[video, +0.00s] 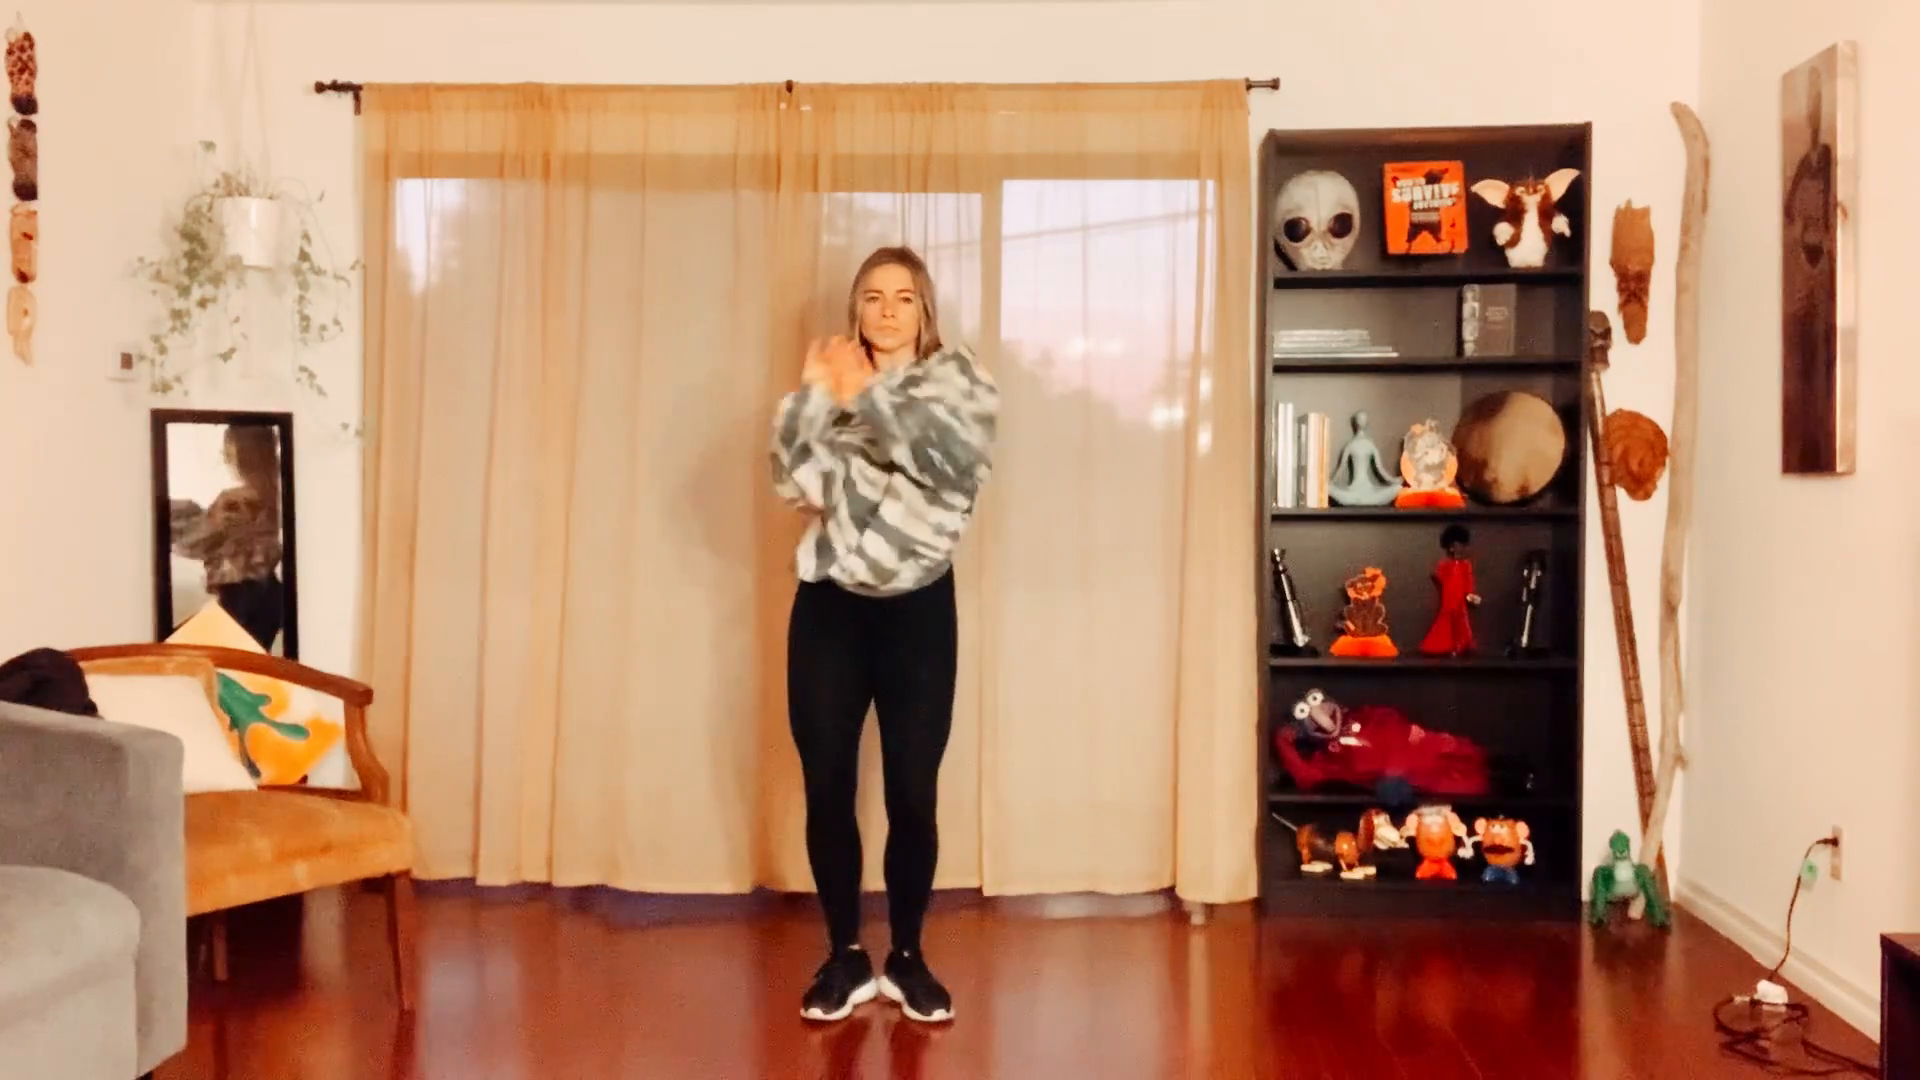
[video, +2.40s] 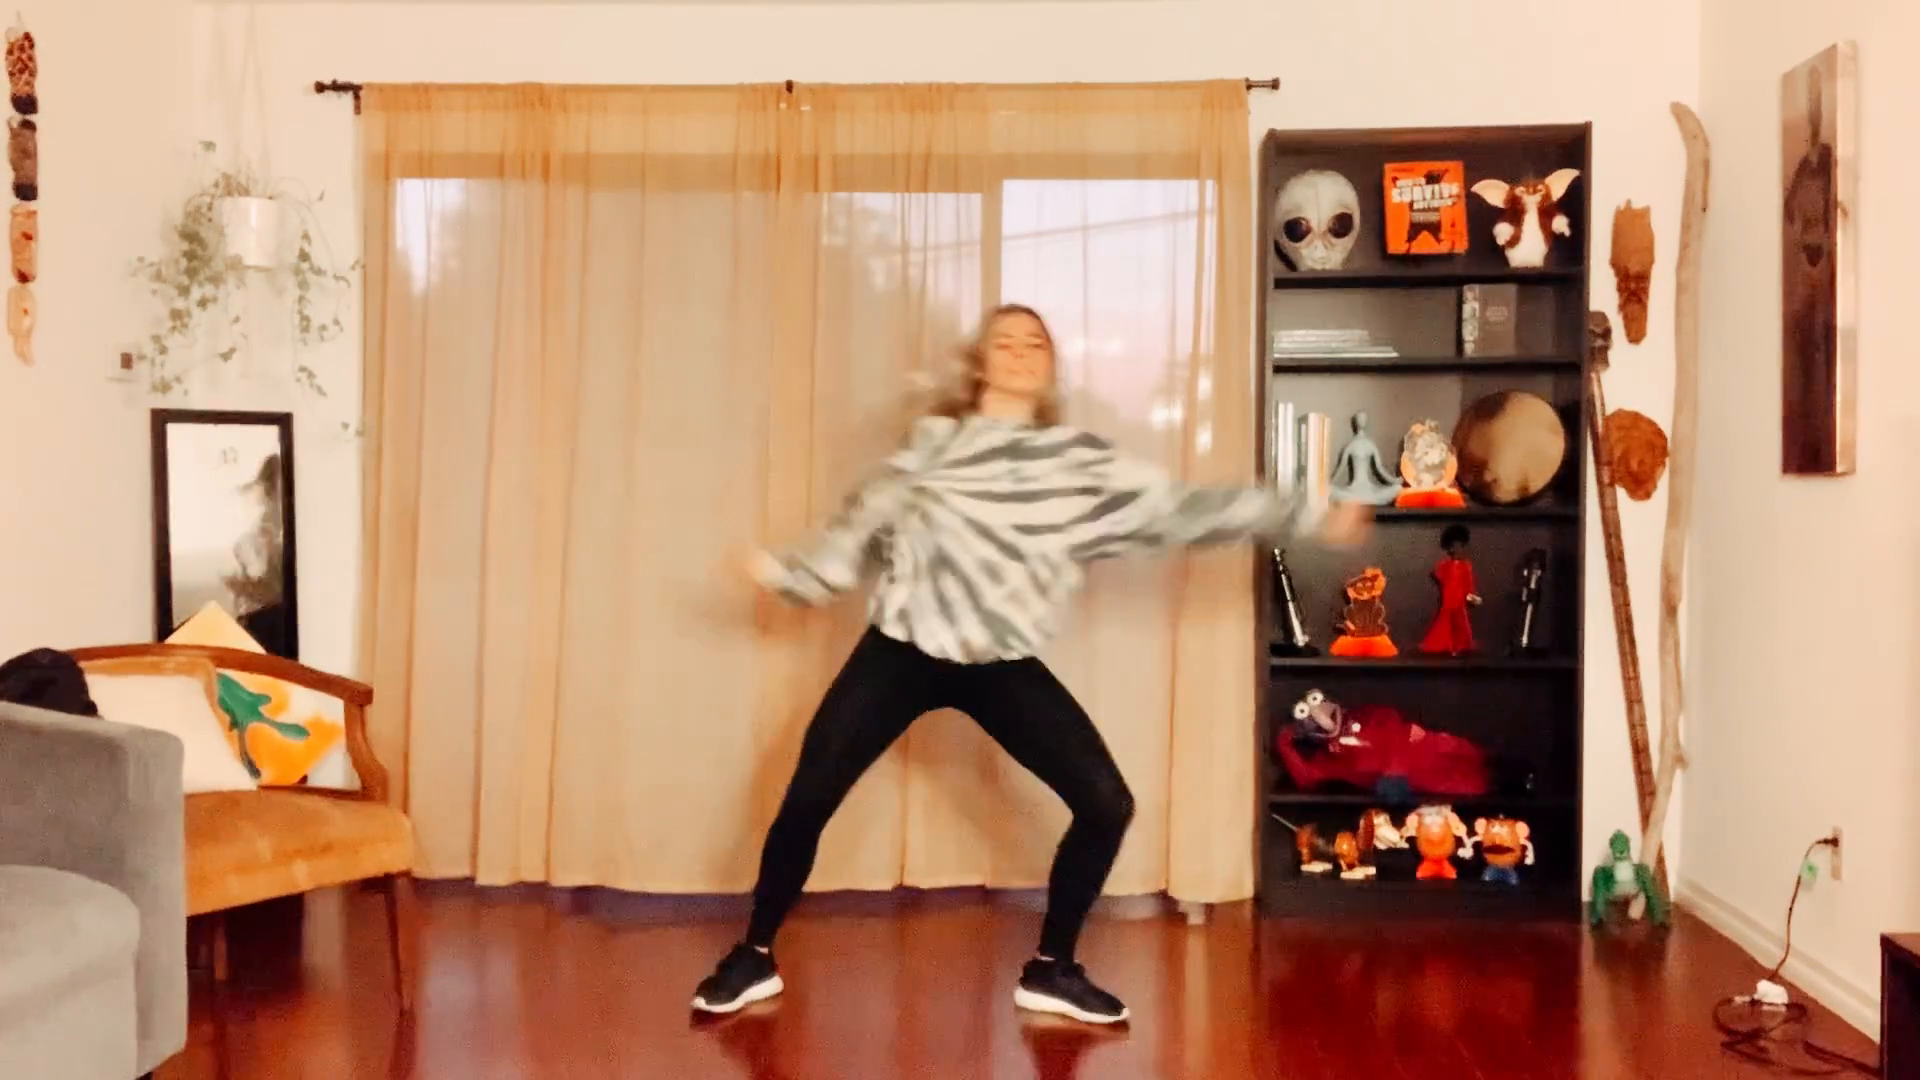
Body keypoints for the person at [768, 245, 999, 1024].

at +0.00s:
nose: (887, 309)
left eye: (902, 298)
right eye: (873, 298)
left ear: (926, 310)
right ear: (855, 312)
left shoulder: (959, 382)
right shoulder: (835, 386)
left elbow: (956, 473)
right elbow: (793, 478)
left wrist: (868, 398)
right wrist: (813, 392)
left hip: (918, 610)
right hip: (828, 608)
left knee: (912, 796)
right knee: (829, 792)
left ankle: (906, 958)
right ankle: (846, 958)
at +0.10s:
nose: (886, 306)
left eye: (901, 295)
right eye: (873, 294)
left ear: (924, 309)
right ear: (853, 309)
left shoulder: (946, 381)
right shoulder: (832, 398)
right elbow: (783, 471)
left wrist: (844, 492)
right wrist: (825, 476)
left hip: (918, 606)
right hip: (830, 604)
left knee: (913, 795)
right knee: (829, 787)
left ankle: (906, 958)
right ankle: (847, 958)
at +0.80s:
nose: (896, 297)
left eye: (912, 286)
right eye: (882, 285)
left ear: (933, 301)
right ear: (862, 299)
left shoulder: (956, 390)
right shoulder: (820, 390)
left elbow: (963, 489)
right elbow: (798, 494)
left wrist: (951, 574)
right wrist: (799, 581)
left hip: (929, 608)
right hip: (838, 605)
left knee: (919, 791)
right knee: (837, 788)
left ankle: (905, 959)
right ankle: (848, 956)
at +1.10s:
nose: (889, 295)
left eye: (905, 284)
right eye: (875, 283)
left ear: (927, 300)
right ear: (856, 297)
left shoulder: (953, 383)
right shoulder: (831, 382)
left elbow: (1008, 468)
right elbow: (794, 472)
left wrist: (1070, 533)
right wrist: (728, 523)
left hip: (927, 607)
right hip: (834, 606)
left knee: (913, 790)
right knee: (834, 791)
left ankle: (905, 958)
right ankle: (848, 958)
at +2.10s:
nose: (876, 334)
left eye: (891, 326)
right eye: (863, 322)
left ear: (910, 344)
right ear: (838, 335)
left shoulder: (947, 426)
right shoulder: (801, 426)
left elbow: (1012, 531)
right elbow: (715, 472)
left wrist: (1059, 630)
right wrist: (624, 462)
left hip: (961, 626)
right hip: (865, 634)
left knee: (1001, 797)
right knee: (794, 790)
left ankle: (1013, 963)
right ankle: (765, 954)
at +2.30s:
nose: (952, 347)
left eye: (964, 339)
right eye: (937, 334)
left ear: (979, 357)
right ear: (906, 348)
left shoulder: (1007, 449)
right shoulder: (866, 430)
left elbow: (1072, 549)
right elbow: (792, 467)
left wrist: (1152, 605)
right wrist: (717, 456)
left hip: (987, 653)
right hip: (888, 648)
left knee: (1086, 800)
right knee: (801, 796)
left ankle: (1049, 969)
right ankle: (755, 955)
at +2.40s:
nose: (1018, 347)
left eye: (1033, 341)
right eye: (1004, 338)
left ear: (1054, 368)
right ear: (977, 359)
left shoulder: (1084, 462)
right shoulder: (934, 442)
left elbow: (1185, 508)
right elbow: (863, 522)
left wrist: (1303, 512)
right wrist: (800, 574)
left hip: (1002, 662)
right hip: (902, 647)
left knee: (1106, 805)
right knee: (807, 797)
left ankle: (1051, 969)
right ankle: (752, 955)